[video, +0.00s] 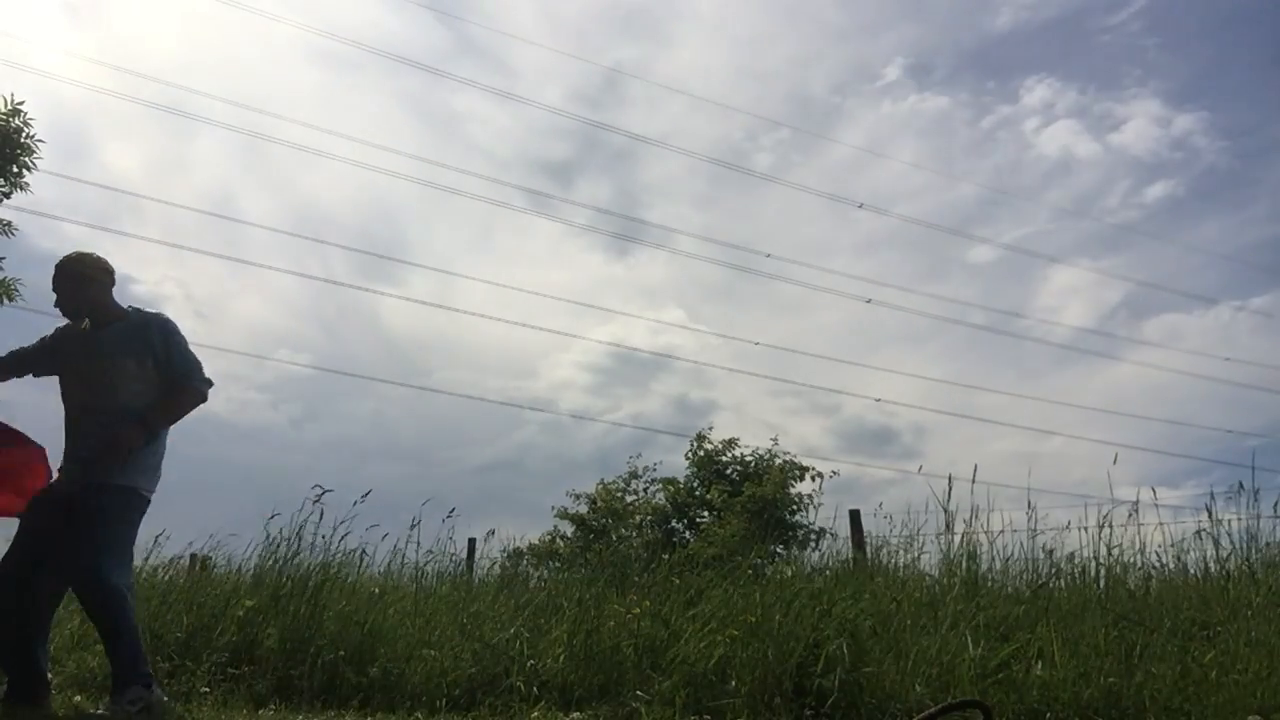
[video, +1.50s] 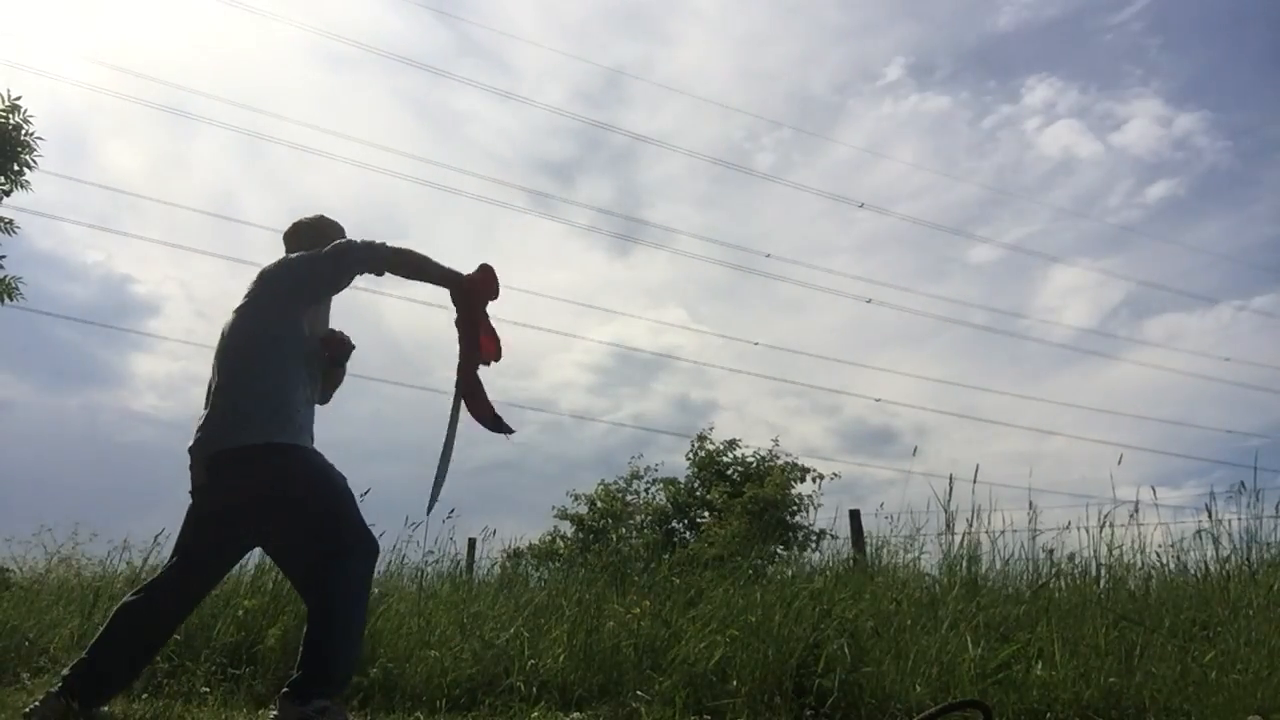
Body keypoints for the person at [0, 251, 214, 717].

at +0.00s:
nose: (57, 300)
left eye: (63, 289)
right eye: (55, 292)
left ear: (95, 284)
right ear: (68, 294)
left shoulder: (153, 329)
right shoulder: (66, 343)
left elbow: (195, 389)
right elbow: (12, 363)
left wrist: (139, 429)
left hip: (126, 482)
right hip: (73, 479)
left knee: (100, 577)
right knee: (20, 579)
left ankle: (136, 691)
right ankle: (27, 696)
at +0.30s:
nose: (98, 286)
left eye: (103, 276)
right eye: (99, 278)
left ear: (127, 274)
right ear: (141, 277)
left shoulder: (136, 307)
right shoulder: (170, 328)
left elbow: (142, 367)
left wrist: (58, 388)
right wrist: (76, 425)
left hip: (117, 477)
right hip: (137, 482)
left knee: (63, 581)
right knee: (57, 579)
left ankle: (129, 696)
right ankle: (33, 693)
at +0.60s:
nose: (153, 256)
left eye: (154, 250)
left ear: (152, 251)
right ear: (199, 260)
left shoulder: (129, 283)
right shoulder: (226, 307)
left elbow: (48, 303)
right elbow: (229, 372)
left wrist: (35, 343)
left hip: (137, 461)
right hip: (206, 466)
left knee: (112, 575)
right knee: (181, 567)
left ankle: (129, 699)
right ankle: (229, 669)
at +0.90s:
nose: (253, 270)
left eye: (248, 263)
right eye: (253, 264)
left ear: (205, 260)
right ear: (251, 264)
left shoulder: (165, 305)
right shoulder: (266, 295)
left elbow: (196, 360)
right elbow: (274, 371)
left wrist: (273, 320)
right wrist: (276, 324)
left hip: (168, 475)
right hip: (252, 469)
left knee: (137, 589)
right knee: (296, 570)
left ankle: (133, 699)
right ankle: (322, 667)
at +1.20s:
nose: (342, 270)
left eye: (342, 259)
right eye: (337, 256)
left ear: (294, 246)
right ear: (316, 246)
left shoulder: (255, 302)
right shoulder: (299, 268)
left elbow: (243, 389)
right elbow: (367, 240)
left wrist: (309, 410)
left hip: (225, 454)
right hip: (284, 446)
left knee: (188, 562)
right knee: (341, 553)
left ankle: (81, 683)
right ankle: (310, 694)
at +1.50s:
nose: (342, 261)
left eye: (342, 251)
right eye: (338, 251)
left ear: (296, 244)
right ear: (314, 246)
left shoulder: (265, 318)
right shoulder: (291, 279)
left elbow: (319, 393)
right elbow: (376, 254)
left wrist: (333, 360)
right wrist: (458, 283)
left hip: (220, 463)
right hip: (276, 454)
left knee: (178, 584)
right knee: (350, 557)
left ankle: (75, 695)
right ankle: (314, 696)